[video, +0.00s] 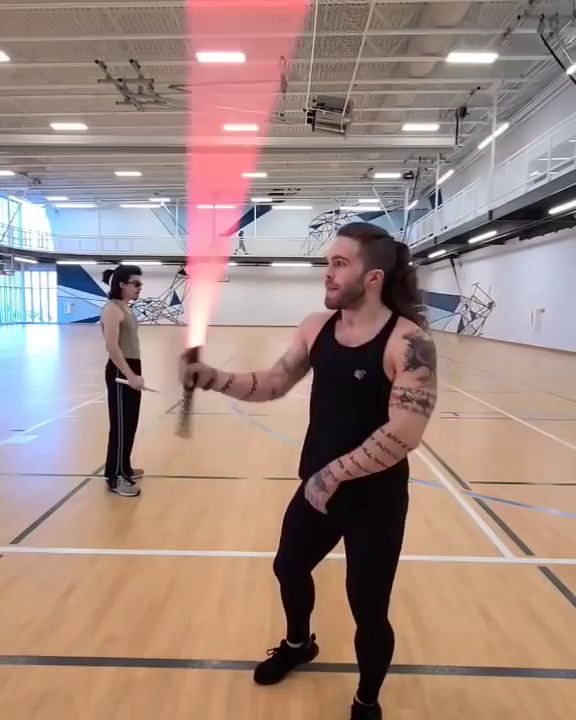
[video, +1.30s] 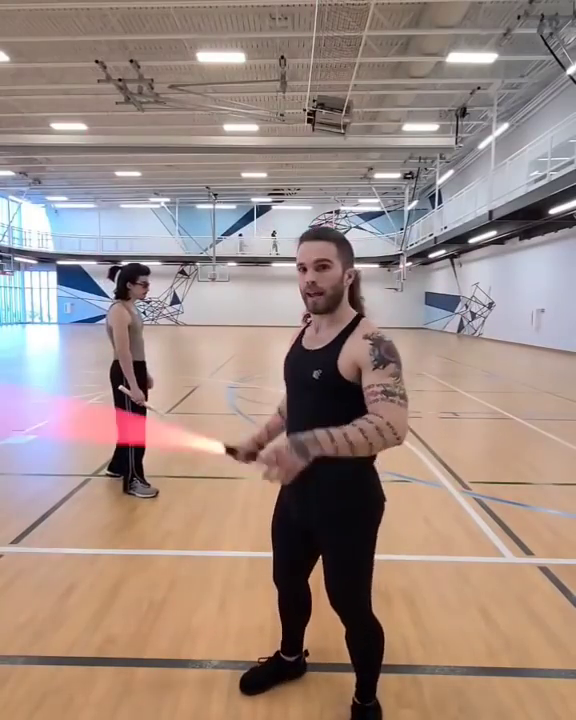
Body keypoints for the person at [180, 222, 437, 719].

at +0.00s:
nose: (327, 274)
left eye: (340, 265)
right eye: (328, 264)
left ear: (374, 277)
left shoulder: (409, 340)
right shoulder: (320, 326)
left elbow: (405, 432)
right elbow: (273, 382)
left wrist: (335, 472)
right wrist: (214, 378)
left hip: (377, 494)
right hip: (322, 483)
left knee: (368, 605)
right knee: (290, 565)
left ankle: (367, 700)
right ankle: (297, 642)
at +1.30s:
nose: (310, 279)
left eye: (322, 268)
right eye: (302, 269)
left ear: (349, 273)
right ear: (296, 275)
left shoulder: (371, 342)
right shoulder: (306, 333)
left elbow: (390, 424)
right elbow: (298, 404)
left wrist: (307, 445)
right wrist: (260, 438)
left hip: (349, 494)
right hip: (299, 486)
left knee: (351, 604)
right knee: (289, 579)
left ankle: (366, 699)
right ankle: (290, 655)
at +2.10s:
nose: (281, 282)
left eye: (293, 273)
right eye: (275, 272)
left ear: (318, 279)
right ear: (268, 276)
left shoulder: (329, 335)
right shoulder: (283, 332)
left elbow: (347, 397)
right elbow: (278, 410)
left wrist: (308, 435)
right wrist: (258, 459)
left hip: (309, 484)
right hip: (272, 478)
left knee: (306, 602)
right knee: (282, 576)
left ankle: (363, 691)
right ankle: (290, 655)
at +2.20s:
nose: (286, 280)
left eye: (299, 270)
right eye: (280, 270)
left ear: (324, 278)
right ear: (274, 275)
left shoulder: (338, 339)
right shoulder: (287, 331)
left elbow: (357, 420)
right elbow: (288, 412)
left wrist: (312, 487)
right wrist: (267, 462)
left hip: (316, 489)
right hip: (278, 483)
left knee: (323, 608)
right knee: (284, 576)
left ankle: (384, 711)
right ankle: (290, 655)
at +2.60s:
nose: (335, 296)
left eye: (348, 285)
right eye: (326, 283)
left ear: (371, 286)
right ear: (316, 283)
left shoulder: (394, 349)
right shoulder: (327, 333)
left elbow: (400, 428)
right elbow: (328, 404)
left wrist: (368, 390)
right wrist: (313, 453)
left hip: (377, 491)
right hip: (330, 478)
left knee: (370, 607)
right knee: (315, 566)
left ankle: (390, 714)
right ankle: (314, 656)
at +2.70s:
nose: (344, 287)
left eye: (358, 277)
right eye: (335, 275)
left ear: (381, 281)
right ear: (326, 276)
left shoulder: (398, 347)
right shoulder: (341, 327)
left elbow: (410, 416)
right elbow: (345, 398)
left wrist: (354, 396)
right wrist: (327, 445)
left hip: (380, 494)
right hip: (339, 479)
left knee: (376, 610)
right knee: (335, 563)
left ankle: (391, 715)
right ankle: (362, 646)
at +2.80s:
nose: (339, 279)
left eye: (352, 270)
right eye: (335, 269)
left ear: (384, 277)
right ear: (332, 270)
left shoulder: (396, 342)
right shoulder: (354, 327)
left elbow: (411, 425)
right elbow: (356, 409)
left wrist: (337, 439)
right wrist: (339, 467)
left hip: (384, 489)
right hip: (355, 480)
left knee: (376, 598)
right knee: (368, 574)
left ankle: (390, 714)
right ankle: (394, 646)